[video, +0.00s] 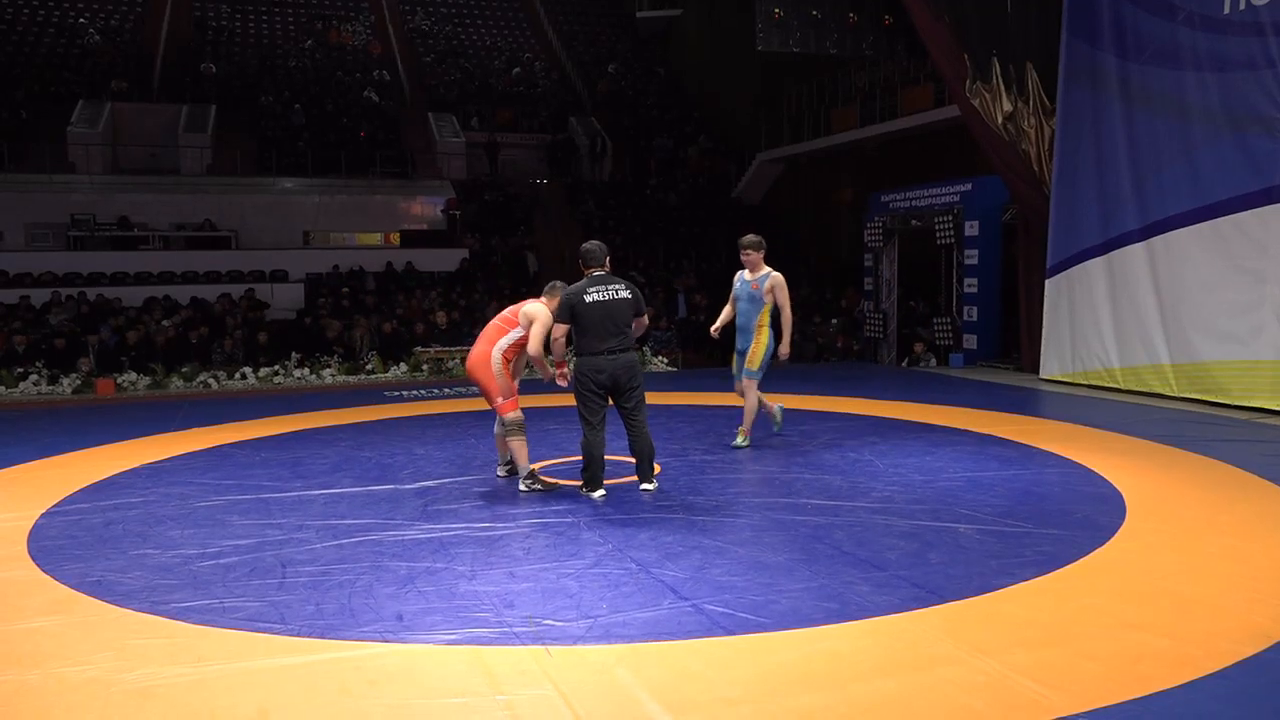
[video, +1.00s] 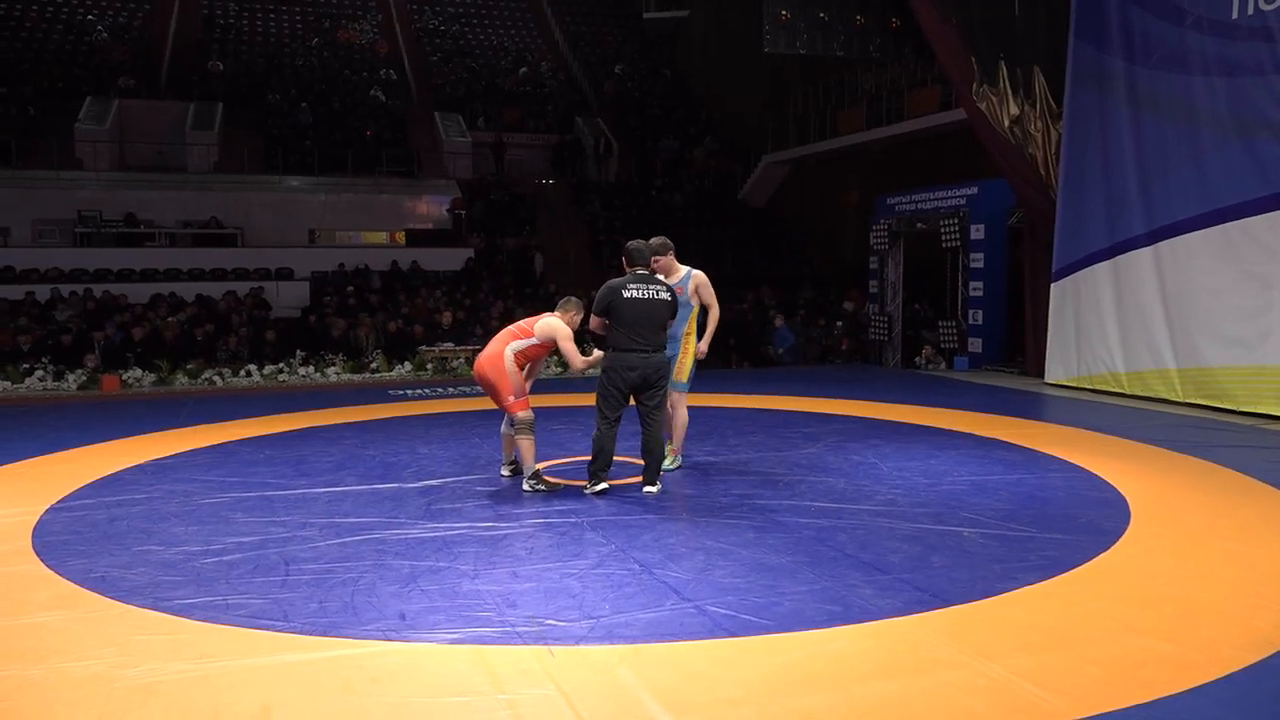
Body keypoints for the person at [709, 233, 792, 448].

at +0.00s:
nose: (744, 258)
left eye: (748, 254)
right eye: (742, 254)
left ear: (761, 254)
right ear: (740, 254)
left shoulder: (774, 279)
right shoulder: (739, 277)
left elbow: (785, 311)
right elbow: (731, 304)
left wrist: (785, 342)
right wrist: (719, 323)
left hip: (760, 338)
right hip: (741, 337)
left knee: (750, 383)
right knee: (740, 388)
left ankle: (744, 431)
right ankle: (772, 409)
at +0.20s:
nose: (722, 255)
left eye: (727, 251)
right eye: (721, 251)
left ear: (740, 250)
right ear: (719, 252)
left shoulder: (755, 273)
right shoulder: (719, 273)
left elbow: (767, 305)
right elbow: (712, 302)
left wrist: (757, 333)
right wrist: (702, 320)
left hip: (742, 340)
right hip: (719, 339)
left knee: (743, 387)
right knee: (704, 380)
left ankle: (744, 431)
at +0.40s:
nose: (700, 260)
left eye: (704, 255)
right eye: (697, 256)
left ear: (717, 254)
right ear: (696, 257)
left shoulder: (734, 277)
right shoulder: (696, 280)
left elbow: (749, 305)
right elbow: (687, 308)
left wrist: (735, 330)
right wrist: (678, 321)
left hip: (722, 346)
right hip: (697, 345)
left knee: (727, 393)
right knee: (686, 390)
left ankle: (742, 430)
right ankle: (677, 439)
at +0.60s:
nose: (678, 259)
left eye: (682, 254)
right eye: (675, 255)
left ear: (695, 251)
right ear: (673, 256)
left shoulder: (715, 273)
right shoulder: (671, 280)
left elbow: (730, 303)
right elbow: (668, 314)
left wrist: (721, 331)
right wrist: (661, 319)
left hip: (704, 343)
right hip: (679, 343)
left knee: (698, 390)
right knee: (675, 391)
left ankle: (718, 424)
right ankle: (676, 439)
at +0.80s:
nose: (663, 262)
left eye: (666, 257)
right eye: (659, 258)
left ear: (678, 252)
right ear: (657, 258)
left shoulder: (702, 274)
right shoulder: (659, 280)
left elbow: (719, 303)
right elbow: (653, 311)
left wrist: (713, 332)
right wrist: (651, 336)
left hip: (692, 344)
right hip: (667, 343)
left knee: (683, 392)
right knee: (668, 396)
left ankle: (681, 444)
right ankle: (674, 440)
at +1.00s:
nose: (653, 266)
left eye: (656, 261)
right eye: (651, 262)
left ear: (670, 256)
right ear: (653, 261)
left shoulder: (696, 278)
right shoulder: (656, 281)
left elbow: (714, 308)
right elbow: (649, 313)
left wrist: (705, 341)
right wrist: (646, 340)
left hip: (683, 347)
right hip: (660, 347)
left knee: (677, 400)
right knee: (663, 400)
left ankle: (676, 451)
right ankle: (670, 445)